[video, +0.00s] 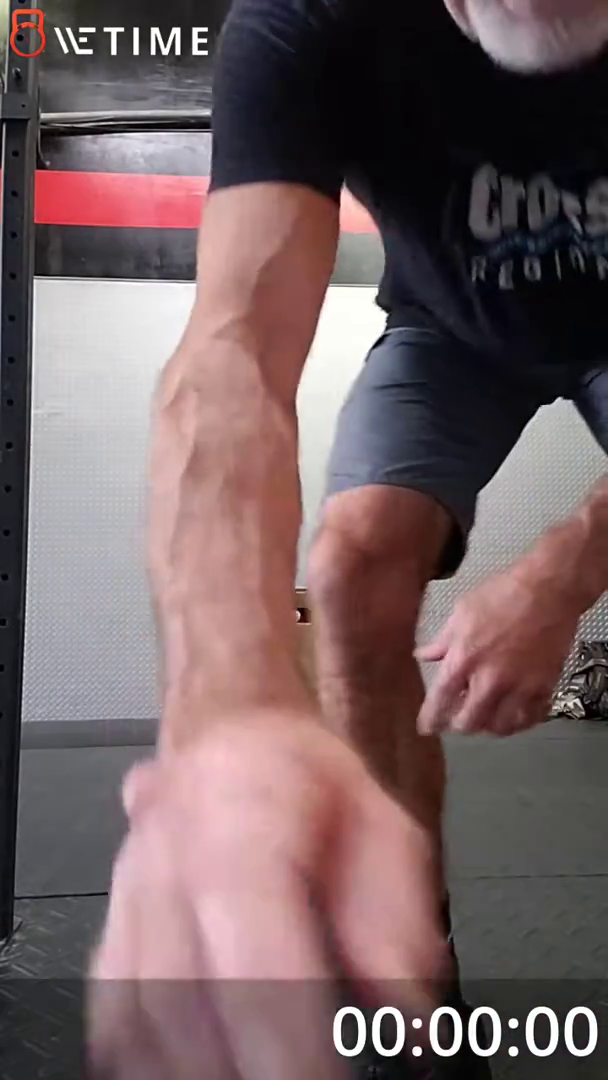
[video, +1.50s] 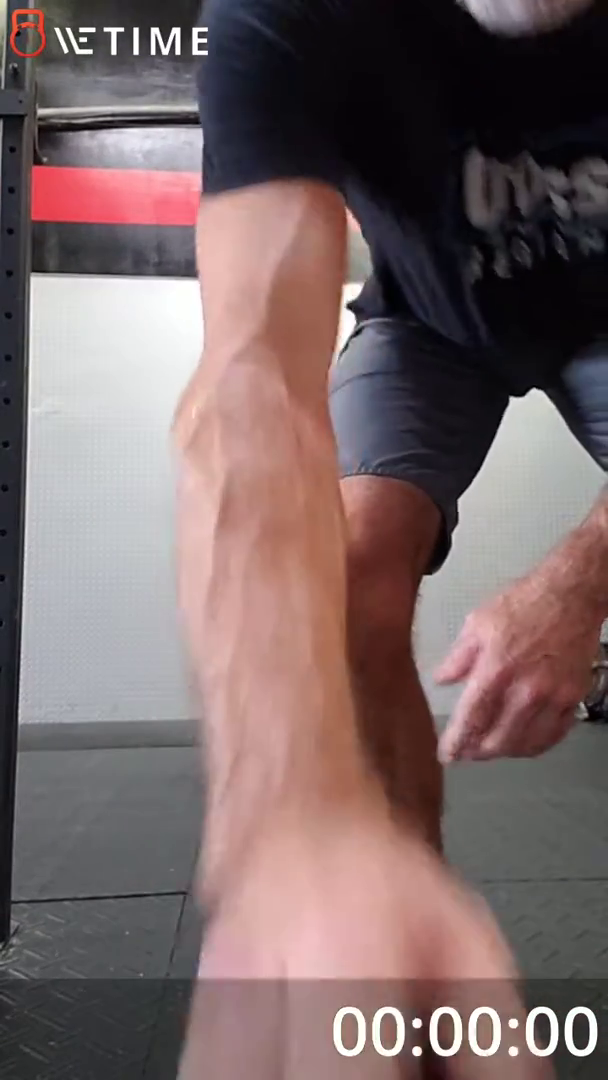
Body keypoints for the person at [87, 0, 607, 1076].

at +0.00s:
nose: (527, 3)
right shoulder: (307, 21)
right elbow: (234, 350)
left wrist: (567, 575)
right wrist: (224, 716)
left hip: (602, 338)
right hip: (456, 326)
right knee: (349, 574)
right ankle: (410, 976)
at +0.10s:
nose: (553, 1)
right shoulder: (324, 35)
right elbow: (235, 386)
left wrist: (563, 578)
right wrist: (239, 812)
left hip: (599, 342)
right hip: (450, 332)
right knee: (340, 575)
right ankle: (400, 971)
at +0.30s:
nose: (572, 14)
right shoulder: (333, 55)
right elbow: (246, 440)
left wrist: (576, 579)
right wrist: (231, 996)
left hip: (601, 346)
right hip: (447, 332)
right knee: (330, 603)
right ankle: (425, 1008)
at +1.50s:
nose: (533, 5)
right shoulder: (288, 16)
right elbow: (253, 380)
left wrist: (581, 582)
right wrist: (291, 826)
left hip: (591, 319)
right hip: (430, 312)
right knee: (353, 559)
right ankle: (394, 957)